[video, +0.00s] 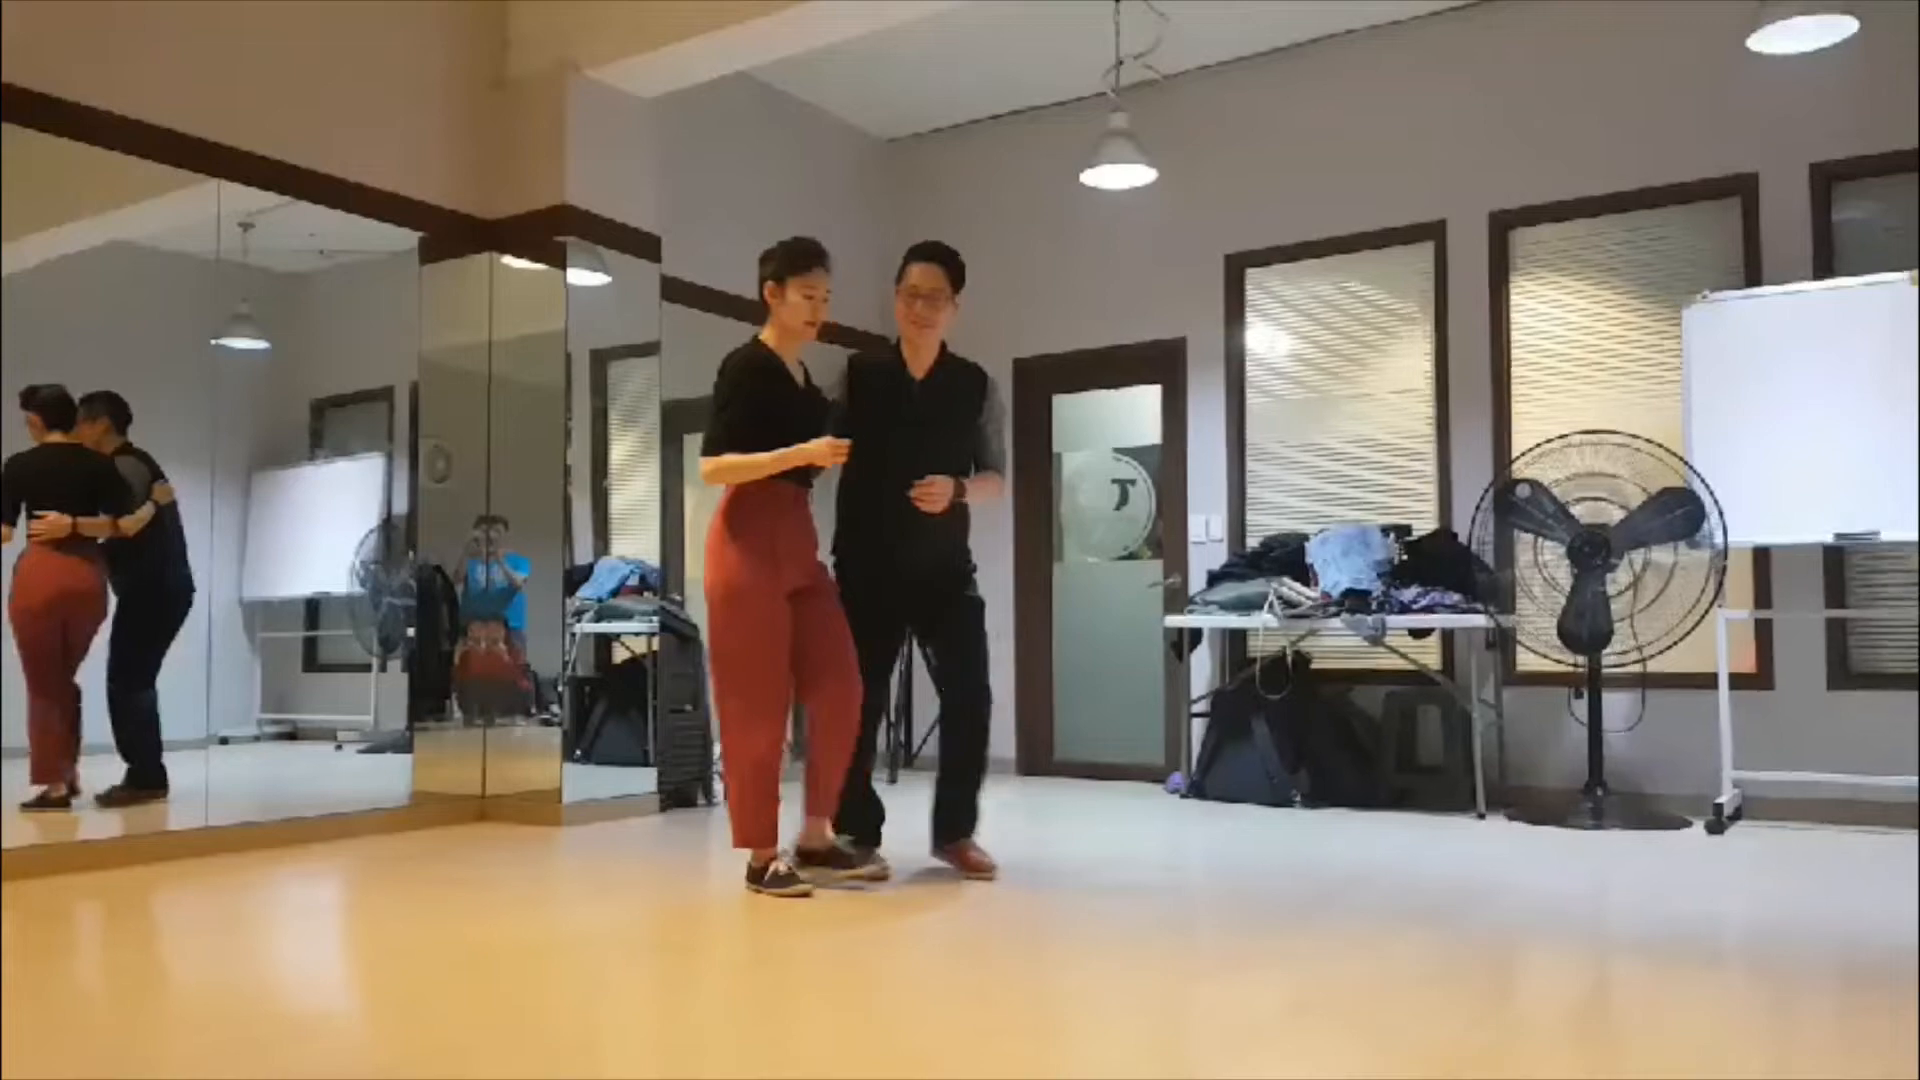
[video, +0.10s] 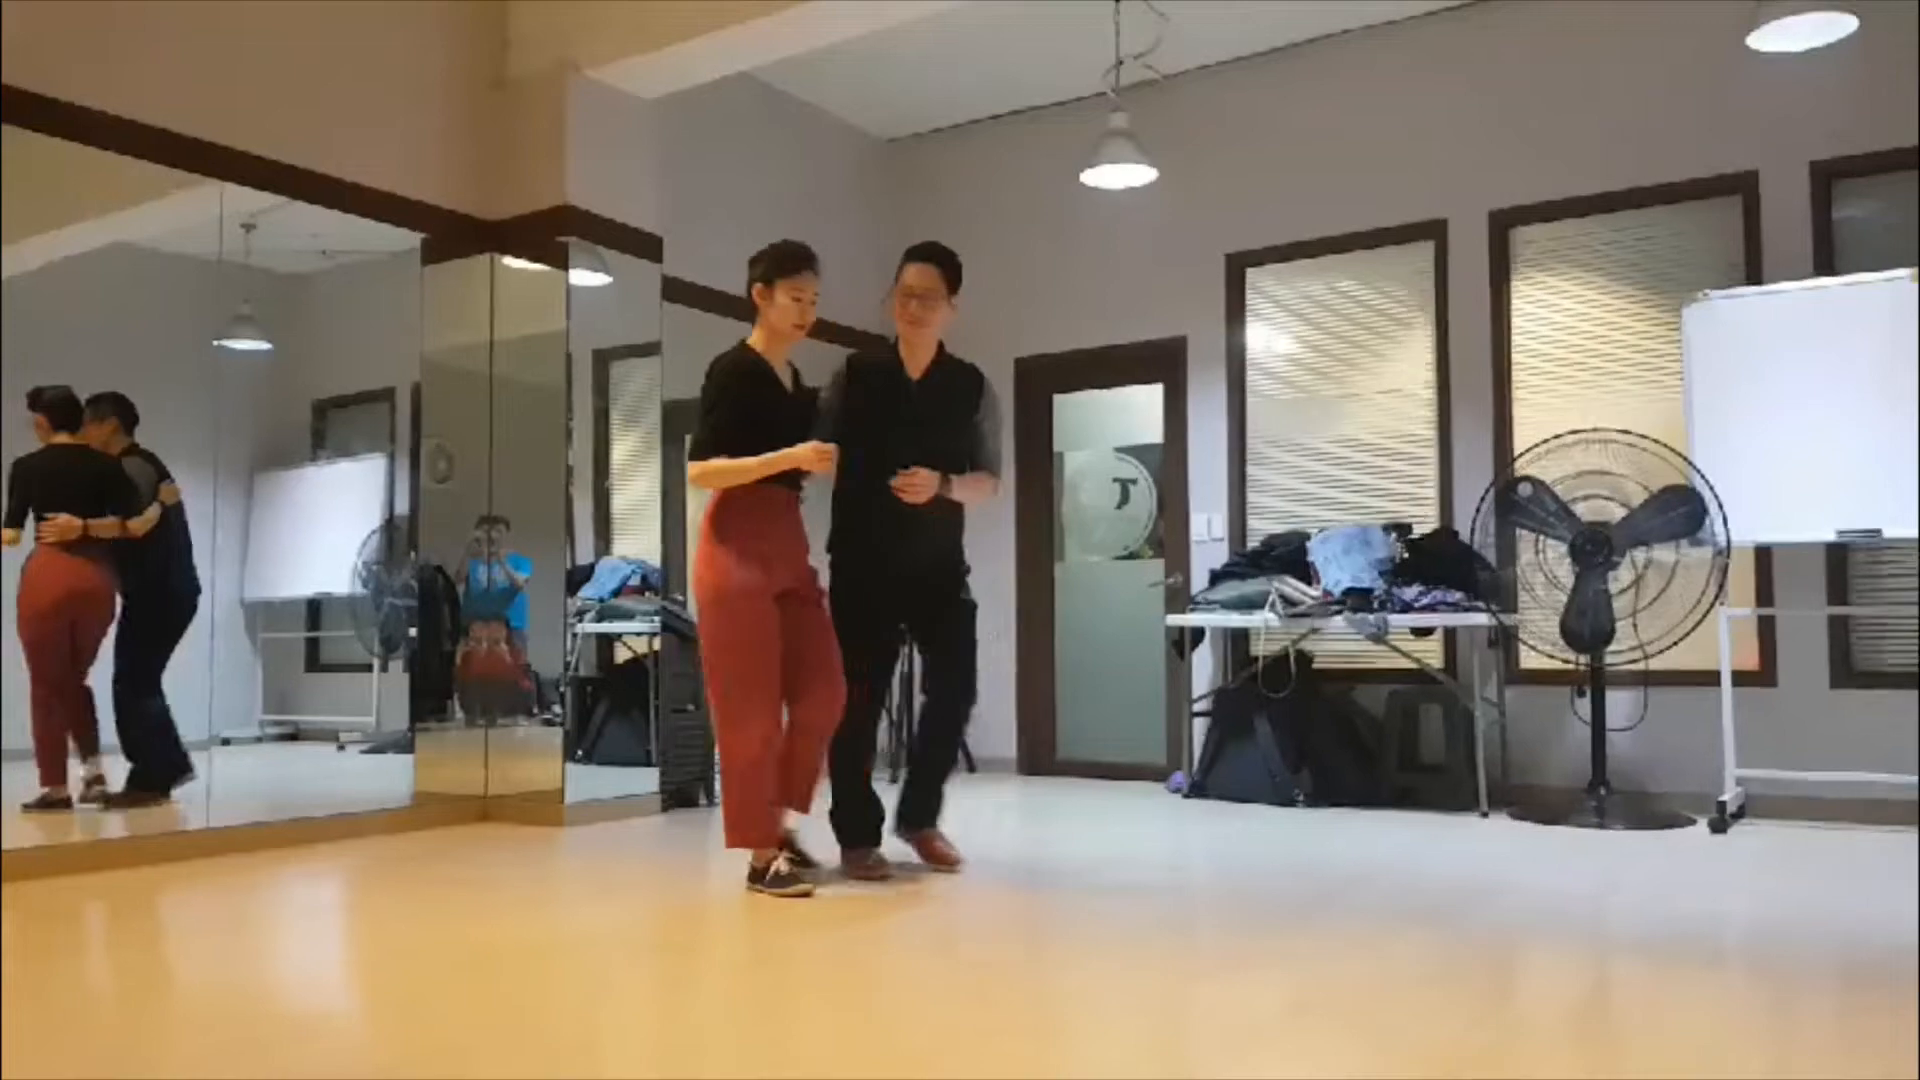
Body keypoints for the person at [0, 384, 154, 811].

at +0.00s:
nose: (25, 425)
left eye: (26, 420)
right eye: (27, 419)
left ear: (34, 422)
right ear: (72, 418)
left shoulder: (19, 466)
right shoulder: (96, 462)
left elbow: (5, 532)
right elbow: (129, 521)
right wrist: (153, 504)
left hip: (38, 569)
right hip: (89, 570)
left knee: (43, 683)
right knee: (64, 677)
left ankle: (53, 785)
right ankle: (66, 773)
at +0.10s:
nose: (32, 427)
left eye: (33, 421)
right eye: (34, 421)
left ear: (42, 423)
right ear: (79, 420)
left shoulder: (27, 467)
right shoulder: (105, 463)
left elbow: (11, 534)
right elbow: (137, 520)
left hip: (47, 569)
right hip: (97, 569)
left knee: (48, 682)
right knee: (76, 676)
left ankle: (54, 787)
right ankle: (93, 767)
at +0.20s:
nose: (90, 436)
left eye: (96, 428)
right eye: (90, 428)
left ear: (121, 428)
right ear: (120, 429)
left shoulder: (142, 468)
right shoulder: (133, 466)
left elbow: (143, 524)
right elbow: (136, 524)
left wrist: (88, 530)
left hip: (171, 595)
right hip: (150, 595)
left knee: (142, 683)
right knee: (135, 684)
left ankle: (197, 755)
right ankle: (150, 775)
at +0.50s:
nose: (111, 434)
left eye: (118, 425)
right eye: (111, 425)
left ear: (143, 426)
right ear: (139, 427)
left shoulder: (164, 465)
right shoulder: (137, 469)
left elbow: (169, 517)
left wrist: (120, 522)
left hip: (193, 588)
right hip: (157, 588)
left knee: (198, 684)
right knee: (147, 684)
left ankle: (239, 769)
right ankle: (155, 778)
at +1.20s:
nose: (90, 413)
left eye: (96, 404)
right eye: (90, 404)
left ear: (122, 408)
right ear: (118, 409)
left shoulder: (145, 448)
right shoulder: (123, 452)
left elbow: (159, 502)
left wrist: (104, 507)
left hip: (171, 573)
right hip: (151, 571)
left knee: (149, 666)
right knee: (141, 665)